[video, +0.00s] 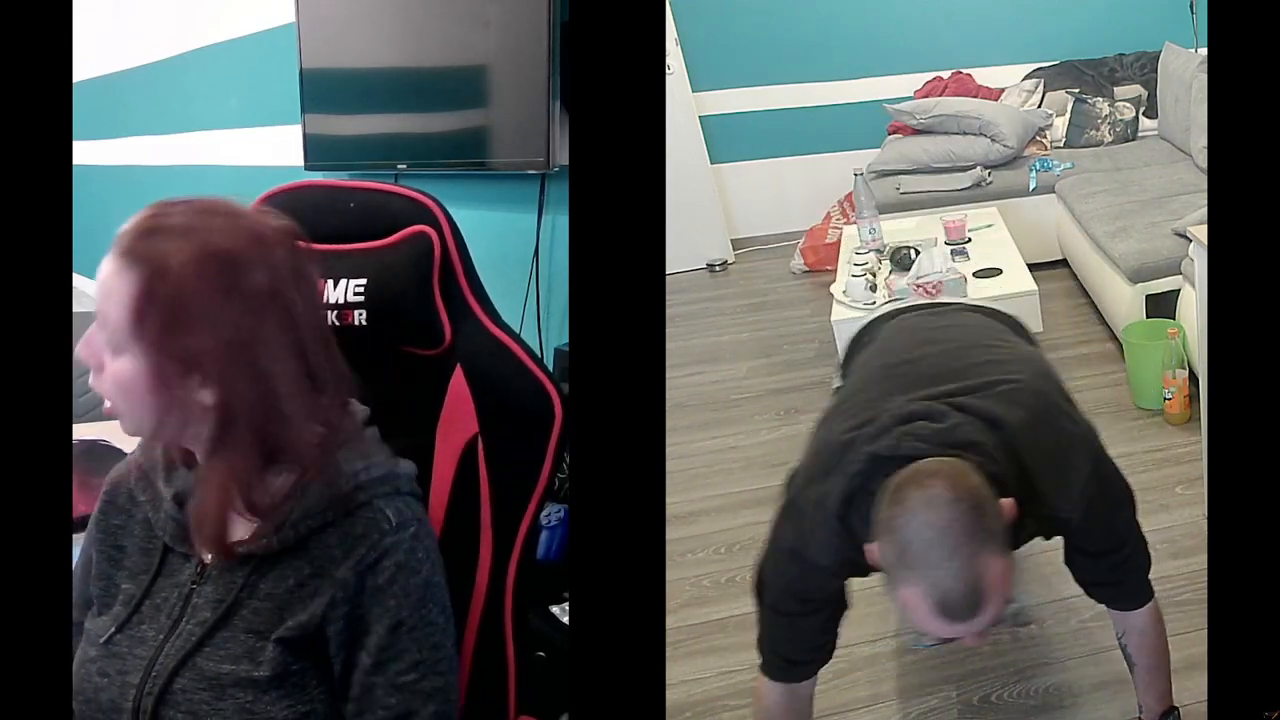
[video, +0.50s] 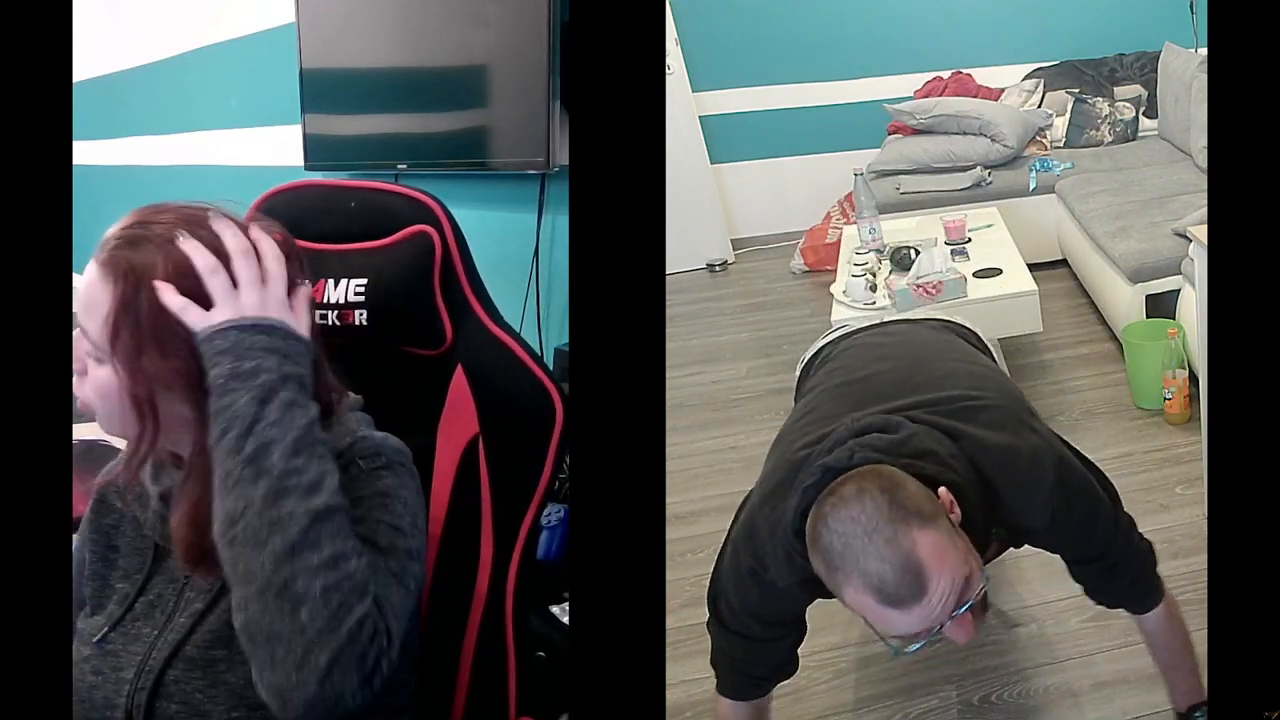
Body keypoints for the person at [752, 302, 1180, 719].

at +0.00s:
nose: (976, 644)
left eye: (993, 622)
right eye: (943, 638)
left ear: (1008, 516)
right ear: (877, 559)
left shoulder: (1069, 466)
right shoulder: (811, 530)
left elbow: (1134, 608)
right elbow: (785, 686)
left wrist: (1158, 709)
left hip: (996, 323)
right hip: (873, 338)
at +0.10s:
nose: (936, 639)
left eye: (952, 614)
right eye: (905, 631)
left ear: (967, 511)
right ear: (835, 559)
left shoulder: (1041, 469)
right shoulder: (778, 529)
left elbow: (1129, 608)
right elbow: (773, 693)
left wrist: (1162, 712)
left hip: (968, 320)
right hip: (847, 333)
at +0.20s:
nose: (914, 646)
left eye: (930, 620)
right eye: (878, 642)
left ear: (942, 517)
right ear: (813, 574)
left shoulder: (1021, 470)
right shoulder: (760, 539)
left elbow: (1134, 592)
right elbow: (764, 694)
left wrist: (1176, 711)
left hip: (951, 322)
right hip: (830, 336)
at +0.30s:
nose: (922, 659)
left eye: (938, 632)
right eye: (885, 657)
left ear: (943, 529)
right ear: (817, 594)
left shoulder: (1021, 481)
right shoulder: (755, 546)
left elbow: (1137, 598)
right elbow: (745, 694)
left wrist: (1179, 706)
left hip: (949, 326)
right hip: (824, 343)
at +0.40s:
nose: (948, 653)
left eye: (955, 619)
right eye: (910, 652)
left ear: (948, 526)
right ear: (829, 599)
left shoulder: (1029, 482)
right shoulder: (755, 558)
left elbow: (1138, 597)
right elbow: (744, 696)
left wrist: (1181, 710)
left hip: (950, 332)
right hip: (825, 350)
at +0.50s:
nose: (965, 636)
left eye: (963, 596)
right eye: (922, 636)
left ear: (952, 510)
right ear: (837, 589)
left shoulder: (1035, 474)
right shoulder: (758, 562)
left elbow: (1151, 602)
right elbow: (741, 702)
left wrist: (1192, 707)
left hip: (953, 331)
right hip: (829, 352)